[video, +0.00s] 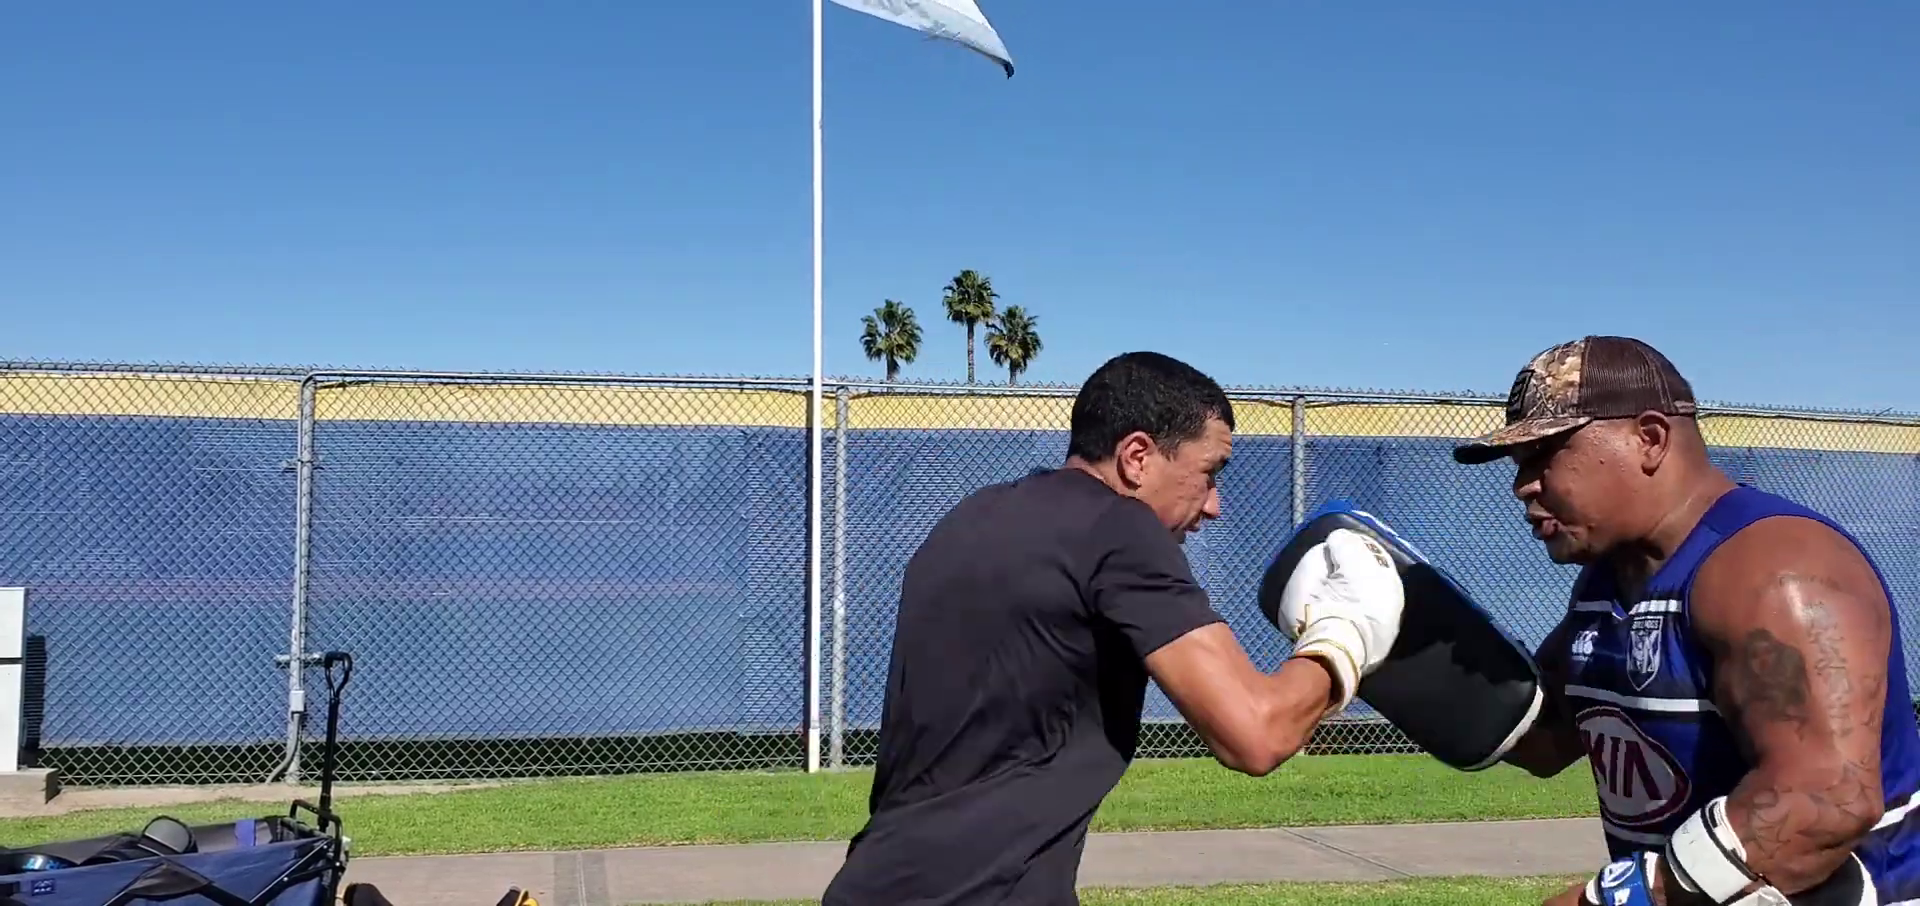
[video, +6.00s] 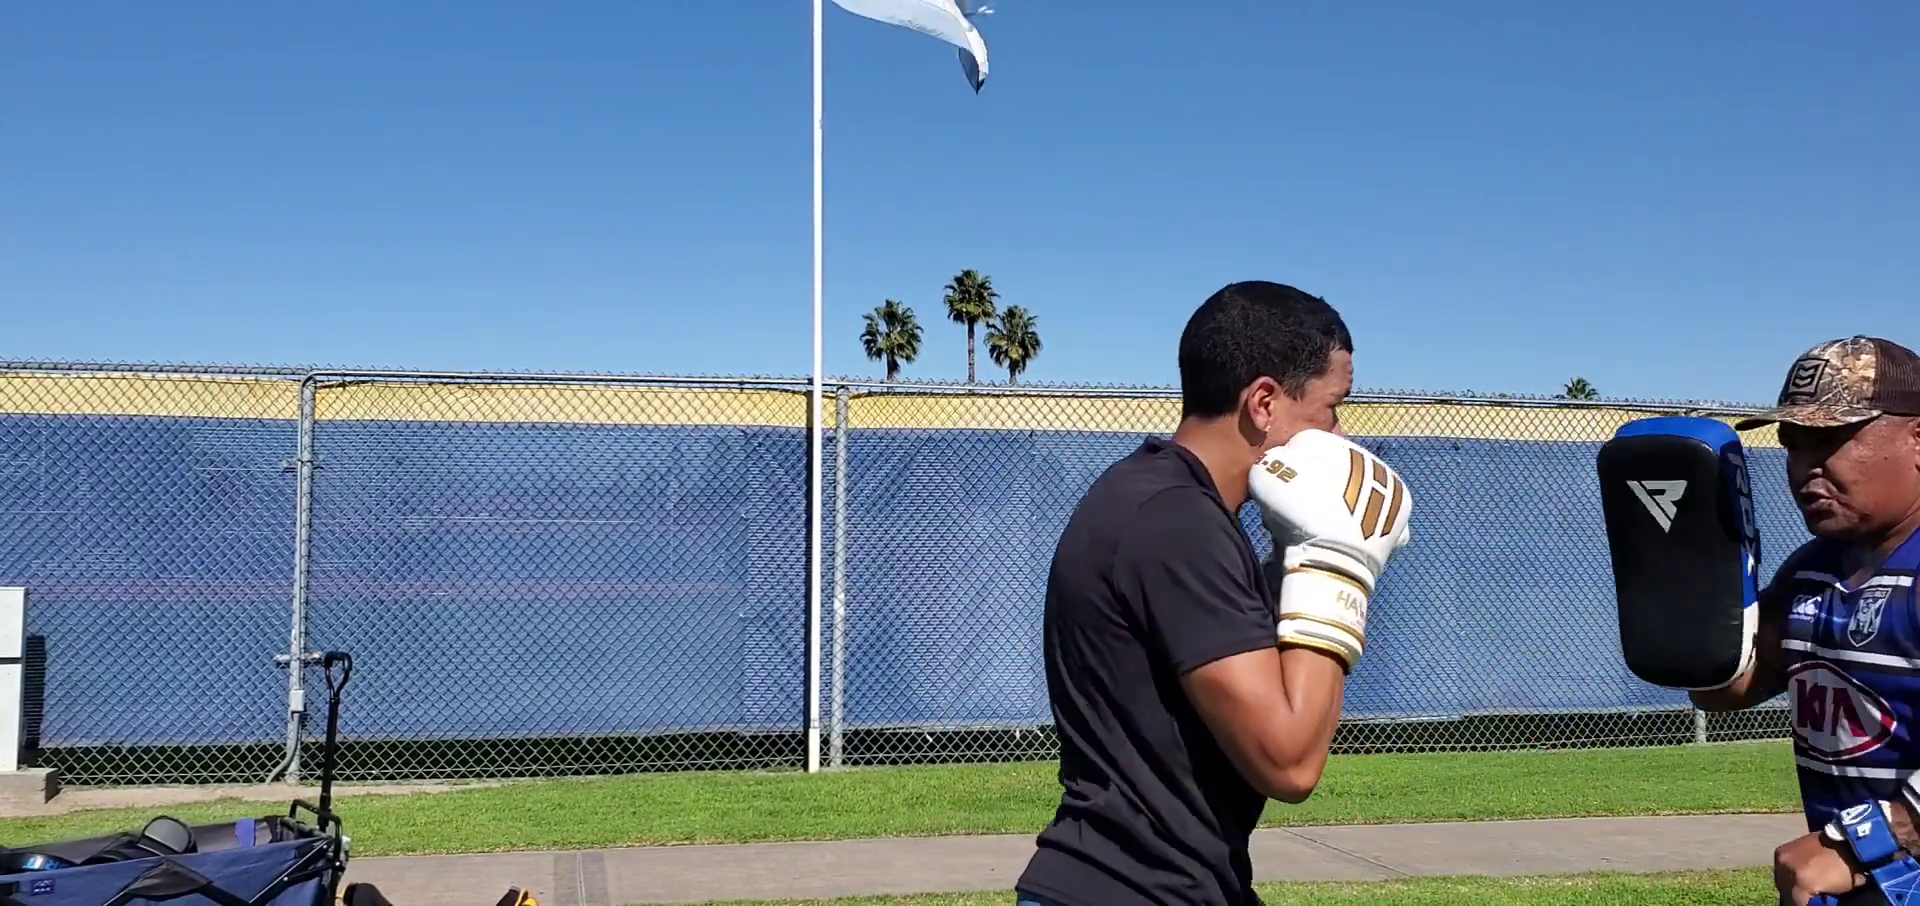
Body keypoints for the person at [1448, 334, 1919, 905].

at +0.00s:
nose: (1522, 486)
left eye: (1543, 455)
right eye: (1519, 462)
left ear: (1650, 441)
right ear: (1651, 444)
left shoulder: (1781, 576)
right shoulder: (1612, 574)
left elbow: (1825, 801)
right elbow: (1546, 739)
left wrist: (1622, 894)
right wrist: (1400, 651)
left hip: (1832, 893)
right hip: (1680, 889)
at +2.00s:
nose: (1690, 505)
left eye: (1717, 480)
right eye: (1691, 479)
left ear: (1826, 468)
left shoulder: (1900, 602)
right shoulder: (1758, 559)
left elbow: (1855, 821)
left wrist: (1658, 729)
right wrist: (1619, 831)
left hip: (1858, 893)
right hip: (1758, 881)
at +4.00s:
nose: (1837, 464)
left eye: (1870, 435)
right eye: (1835, 435)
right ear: (1826, 433)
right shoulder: (1839, 553)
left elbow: (1908, 750)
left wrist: (1743, 752)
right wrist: (1703, 460)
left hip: (1903, 881)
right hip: (1850, 883)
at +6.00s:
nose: (1800, 472)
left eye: (1828, 441)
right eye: (1792, 445)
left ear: (1913, 438)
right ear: (1782, 447)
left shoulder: (1914, 572)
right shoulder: (1810, 568)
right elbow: (1728, 689)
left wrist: (1860, 845)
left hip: (1906, 883)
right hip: (1834, 881)